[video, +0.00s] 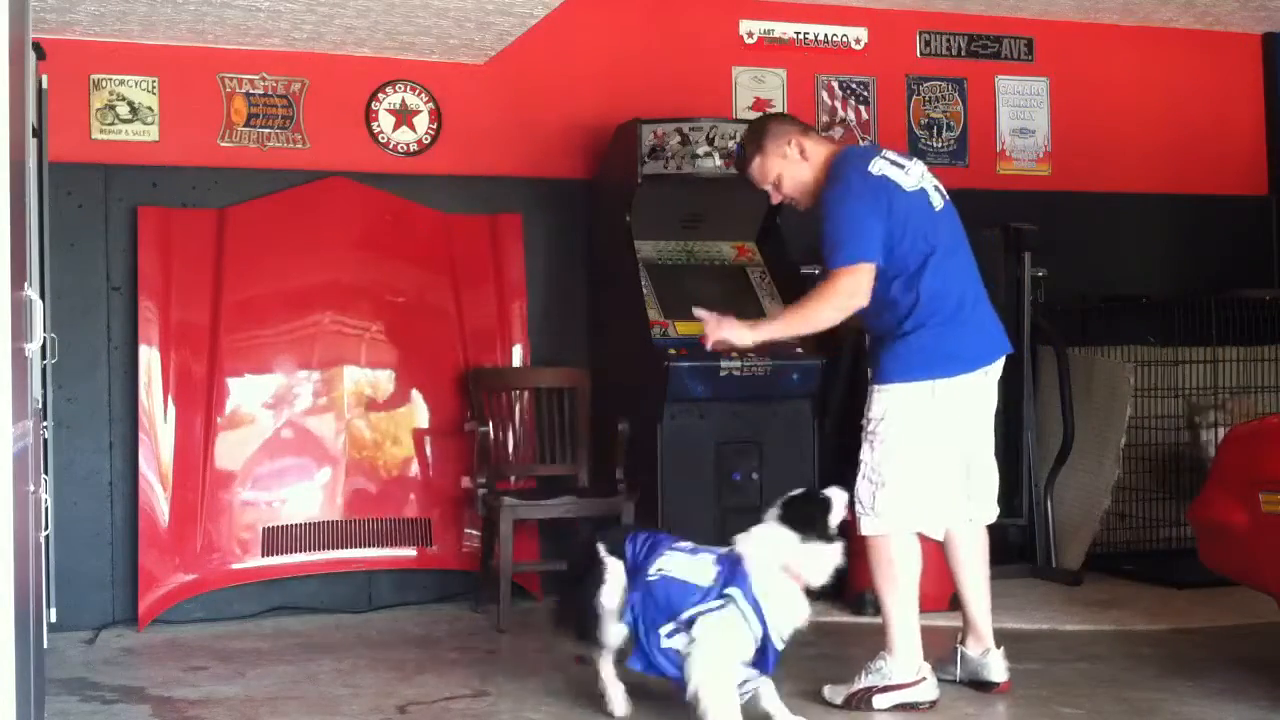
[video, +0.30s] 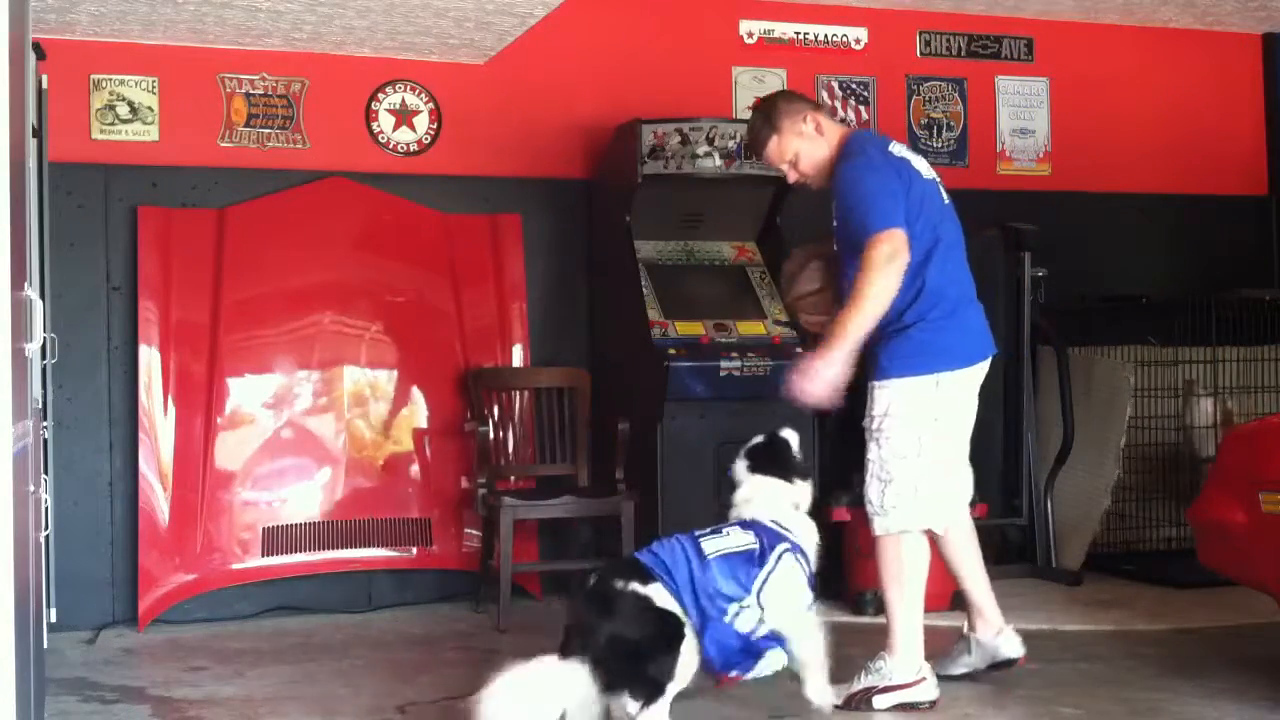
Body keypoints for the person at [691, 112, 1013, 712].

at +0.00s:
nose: (778, 199)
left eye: (773, 184)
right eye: (769, 191)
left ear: (798, 147)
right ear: (804, 142)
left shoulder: (852, 180)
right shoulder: (887, 161)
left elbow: (851, 288)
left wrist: (755, 330)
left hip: (920, 363)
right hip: (974, 351)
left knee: (883, 512)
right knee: (962, 509)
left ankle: (904, 664)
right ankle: (982, 648)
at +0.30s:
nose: (792, 179)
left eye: (787, 163)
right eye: (783, 171)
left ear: (813, 125)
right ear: (819, 124)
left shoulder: (862, 166)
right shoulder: (882, 153)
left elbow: (889, 256)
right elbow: (905, 257)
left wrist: (836, 351)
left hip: (918, 357)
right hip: (953, 350)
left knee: (895, 507)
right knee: (943, 498)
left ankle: (905, 663)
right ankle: (990, 630)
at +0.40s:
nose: (797, 177)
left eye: (794, 161)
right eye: (789, 169)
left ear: (820, 123)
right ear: (828, 121)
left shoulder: (870, 164)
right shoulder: (888, 153)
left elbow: (910, 250)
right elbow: (892, 262)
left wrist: (898, 362)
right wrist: (827, 297)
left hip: (924, 359)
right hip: (955, 355)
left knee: (900, 503)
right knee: (941, 496)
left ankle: (905, 663)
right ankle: (995, 621)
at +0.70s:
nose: (829, 191)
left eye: (827, 176)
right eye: (820, 184)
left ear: (856, 142)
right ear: (846, 152)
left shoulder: (926, 179)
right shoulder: (880, 204)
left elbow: (989, 258)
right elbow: (887, 299)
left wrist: (991, 364)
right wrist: (813, 308)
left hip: (962, 377)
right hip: (935, 376)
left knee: (927, 513)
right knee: (956, 511)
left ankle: (911, 665)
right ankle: (1008, 628)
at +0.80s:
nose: (840, 202)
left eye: (840, 186)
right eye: (831, 194)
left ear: (870, 154)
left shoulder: (944, 185)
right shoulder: (881, 223)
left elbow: (1002, 269)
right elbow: (881, 325)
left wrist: (986, 369)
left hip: (995, 375)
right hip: (942, 379)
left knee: (960, 511)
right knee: (963, 512)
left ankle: (930, 655)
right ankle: (1012, 634)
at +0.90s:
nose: (848, 210)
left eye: (849, 195)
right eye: (840, 201)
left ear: (878, 163)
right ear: (866, 176)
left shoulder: (953, 190)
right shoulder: (882, 227)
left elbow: (1005, 279)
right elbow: (896, 318)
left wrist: (978, 378)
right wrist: (889, 403)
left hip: (1014, 366)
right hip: (956, 371)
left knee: (986, 498)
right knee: (964, 502)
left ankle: (996, 642)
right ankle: (1008, 632)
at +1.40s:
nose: (883, 228)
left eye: (887, 213)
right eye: (875, 220)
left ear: (919, 185)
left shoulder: (986, 223)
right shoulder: (911, 242)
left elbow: (1018, 310)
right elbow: (924, 321)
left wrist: (949, 347)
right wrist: (912, 391)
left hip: (1042, 369)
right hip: (979, 378)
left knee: (1046, 502)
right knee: (983, 503)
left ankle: (1077, 644)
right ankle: (1015, 621)